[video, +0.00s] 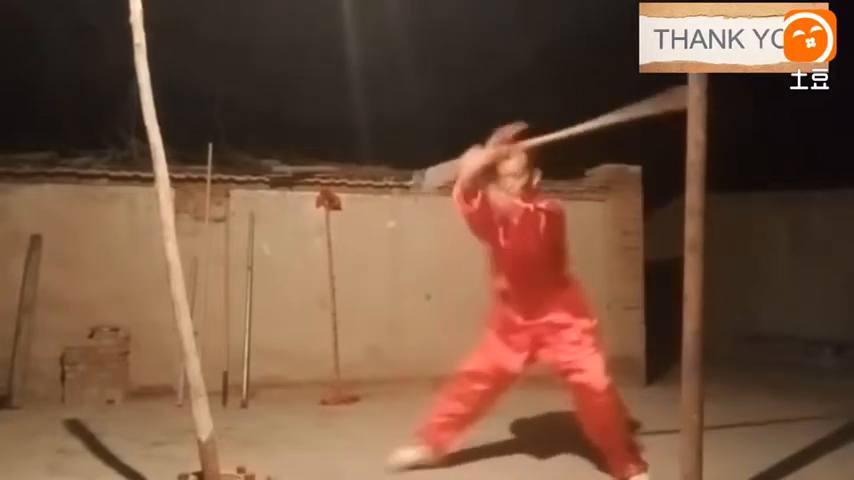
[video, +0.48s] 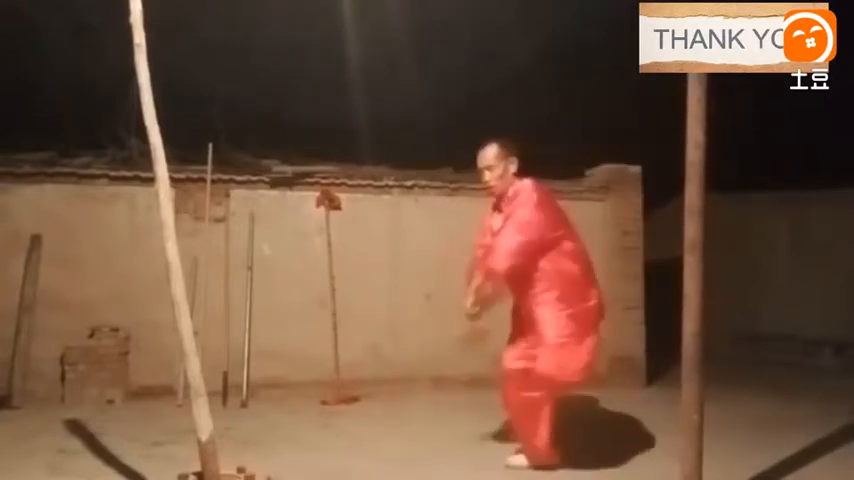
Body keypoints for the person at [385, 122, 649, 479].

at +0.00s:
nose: (515, 179)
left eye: (521, 172)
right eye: (507, 173)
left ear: (532, 175)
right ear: (494, 175)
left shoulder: (549, 211)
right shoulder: (489, 212)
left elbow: (549, 261)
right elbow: (465, 196)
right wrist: (481, 160)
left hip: (561, 316)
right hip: (512, 320)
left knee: (596, 387)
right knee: (474, 379)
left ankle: (627, 465)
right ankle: (430, 444)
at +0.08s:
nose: (509, 176)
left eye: (517, 168)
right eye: (505, 170)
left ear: (534, 169)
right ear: (499, 175)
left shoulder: (550, 203)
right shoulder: (500, 206)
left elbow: (536, 250)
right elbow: (463, 224)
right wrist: (484, 182)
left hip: (573, 299)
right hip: (533, 301)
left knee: (596, 376)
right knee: (496, 365)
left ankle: (629, 463)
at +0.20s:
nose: (502, 177)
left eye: (509, 169)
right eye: (497, 171)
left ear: (528, 168)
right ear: (491, 175)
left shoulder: (547, 202)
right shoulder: (498, 205)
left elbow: (541, 243)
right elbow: (481, 228)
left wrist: (501, 249)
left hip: (575, 293)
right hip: (536, 295)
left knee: (596, 373)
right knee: (511, 367)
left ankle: (629, 461)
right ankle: (547, 444)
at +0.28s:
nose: (490, 178)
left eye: (496, 170)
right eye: (486, 172)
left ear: (517, 167)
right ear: (484, 174)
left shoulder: (539, 198)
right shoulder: (495, 210)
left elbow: (518, 250)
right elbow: (474, 249)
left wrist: (472, 282)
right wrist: (453, 281)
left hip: (576, 301)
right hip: (539, 303)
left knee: (586, 370)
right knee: (525, 370)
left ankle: (629, 453)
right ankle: (549, 450)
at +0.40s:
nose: (487, 178)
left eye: (493, 169)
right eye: (484, 171)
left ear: (514, 166)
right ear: (482, 174)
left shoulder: (534, 197)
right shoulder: (496, 209)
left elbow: (512, 251)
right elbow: (477, 255)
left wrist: (474, 289)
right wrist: (467, 295)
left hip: (569, 297)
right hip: (537, 299)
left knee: (564, 369)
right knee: (520, 365)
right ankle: (541, 444)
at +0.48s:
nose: (486, 178)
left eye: (491, 169)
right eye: (482, 171)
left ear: (512, 166)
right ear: (481, 173)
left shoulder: (530, 197)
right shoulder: (502, 205)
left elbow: (508, 255)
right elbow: (484, 250)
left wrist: (481, 295)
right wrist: (472, 290)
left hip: (562, 301)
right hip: (535, 302)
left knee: (524, 366)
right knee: (519, 364)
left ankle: (540, 452)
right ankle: (533, 442)